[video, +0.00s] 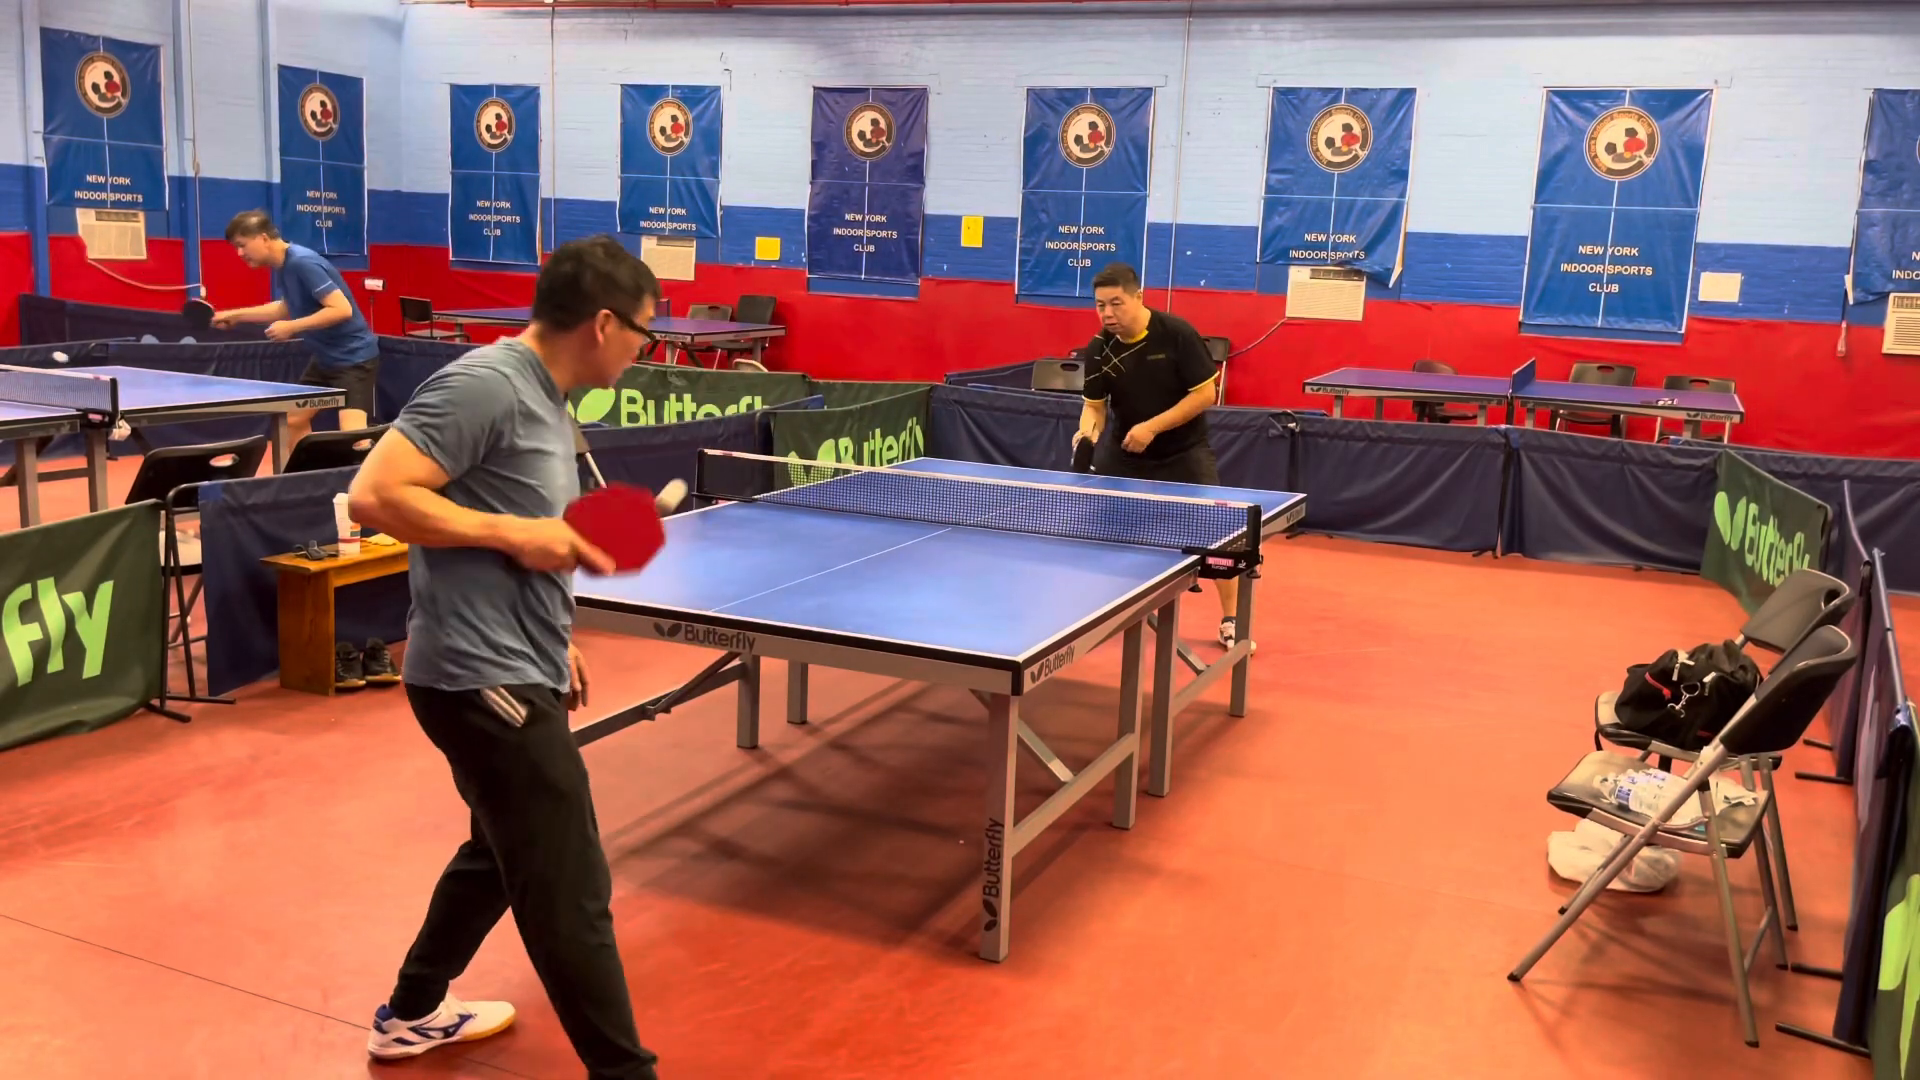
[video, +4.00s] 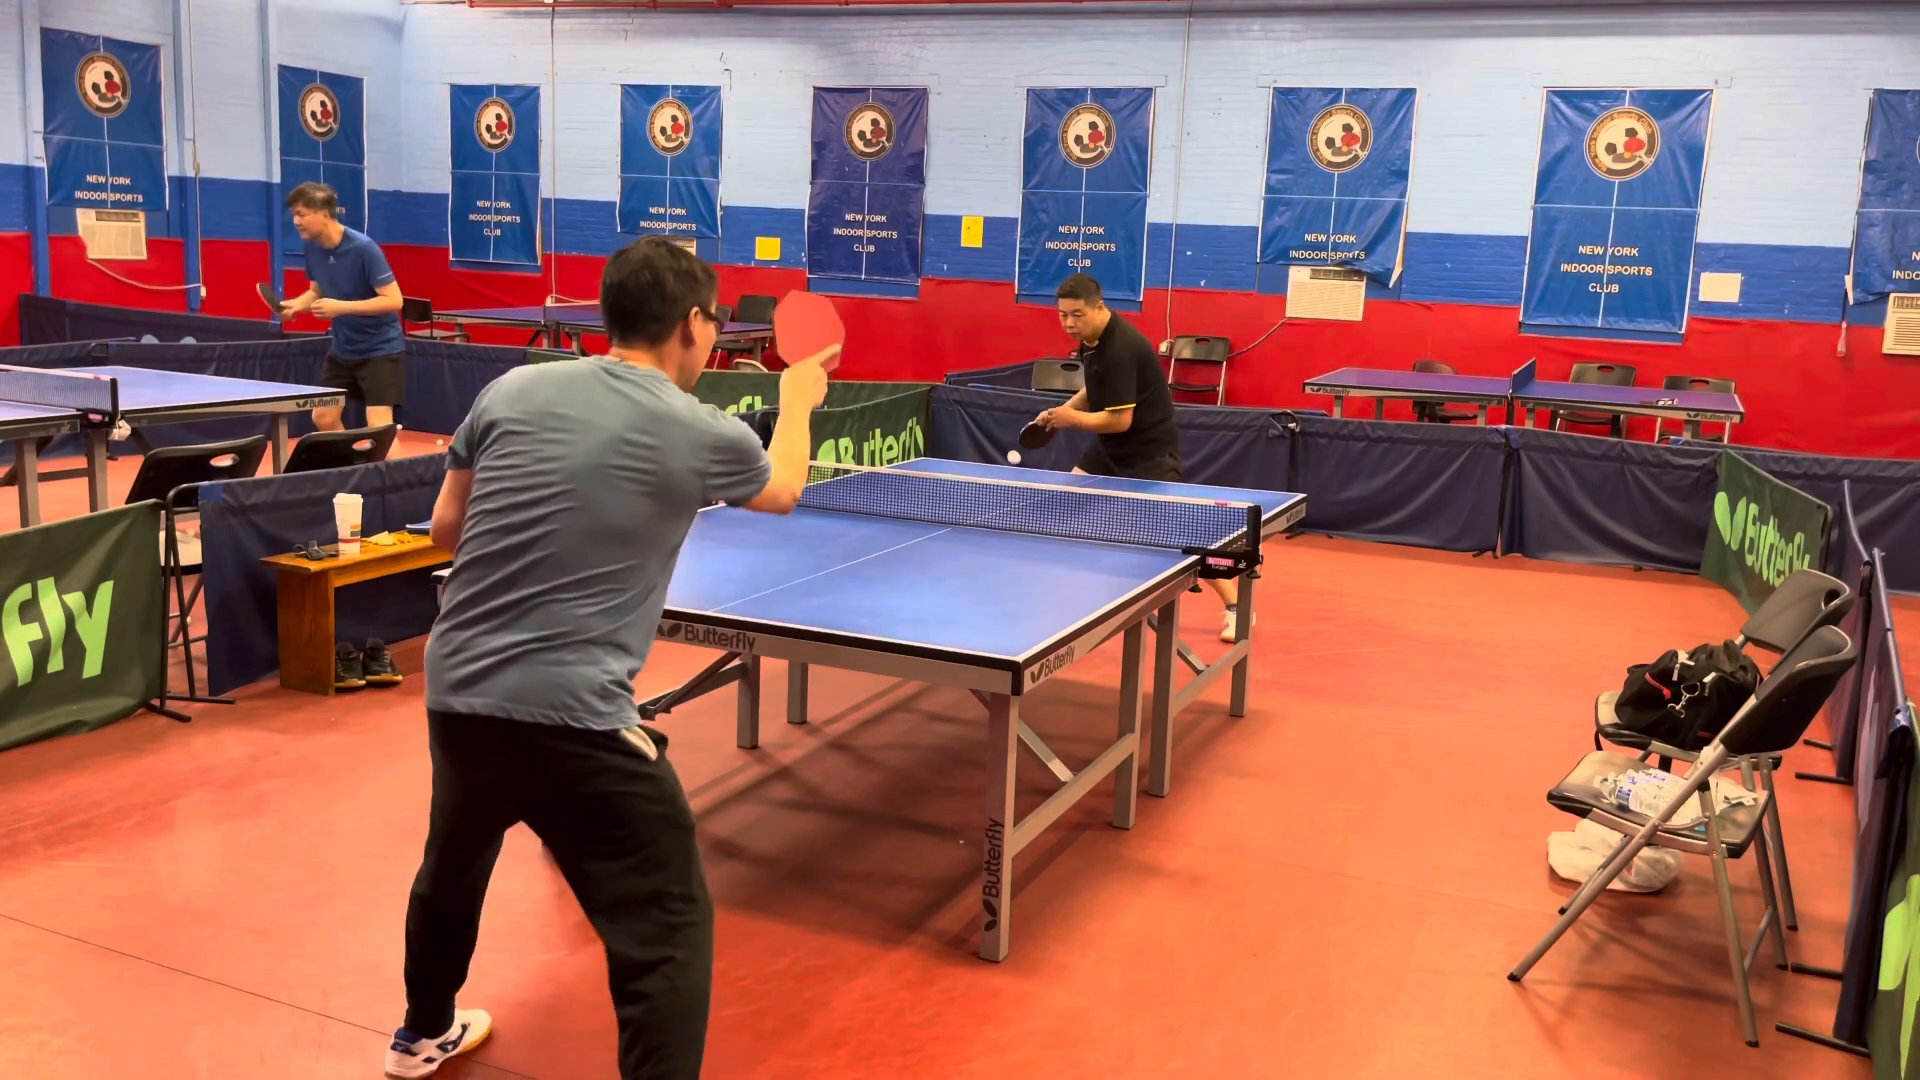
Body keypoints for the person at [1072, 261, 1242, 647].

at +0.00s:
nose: (1106, 313)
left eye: (1114, 303)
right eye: (1100, 305)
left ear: (1138, 298)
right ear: (1095, 305)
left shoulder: (1178, 334)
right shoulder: (1098, 349)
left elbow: (1206, 394)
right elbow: (1094, 406)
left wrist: (1152, 426)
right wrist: (1087, 433)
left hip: (1185, 455)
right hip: (1124, 456)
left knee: (1217, 530)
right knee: (1101, 527)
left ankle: (1230, 618)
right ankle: (1125, 609)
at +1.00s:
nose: (1103, 320)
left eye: (1112, 310)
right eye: (1097, 311)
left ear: (1135, 305)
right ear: (1092, 310)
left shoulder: (1173, 342)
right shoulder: (1090, 353)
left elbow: (1201, 399)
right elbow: (1077, 418)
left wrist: (1153, 433)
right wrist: (1073, 415)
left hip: (1169, 454)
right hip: (1105, 452)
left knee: (1201, 524)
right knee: (1059, 511)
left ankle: (1217, 614)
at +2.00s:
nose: (1116, 311)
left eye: (1125, 303)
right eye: (1110, 303)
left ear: (1148, 298)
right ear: (1105, 303)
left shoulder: (1181, 337)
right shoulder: (1099, 343)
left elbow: (1203, 398)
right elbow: (1087, 400)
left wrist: (1151, 424)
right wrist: (1084, 409)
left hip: (1173, 455)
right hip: (1111, 452)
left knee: (1206, 526)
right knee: (1064, 510)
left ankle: (1224, 616)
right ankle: (1059, 606)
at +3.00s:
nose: (1028, 326)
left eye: (1036, 317)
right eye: (1021, 318)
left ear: (1057, 313)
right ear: (1016, 317)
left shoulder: (1087, 348)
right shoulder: (1023, 351)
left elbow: (1102, 412)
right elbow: (1022, 399)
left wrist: (1046, 421)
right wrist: (1002, 429)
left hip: (1114, 447)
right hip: (1062, 446)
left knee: (1150, 515)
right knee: (1010, 497)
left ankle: (1199, 593)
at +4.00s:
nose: (1069, 324)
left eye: (1076, 315)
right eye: (1063, 315)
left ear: (1100, 308)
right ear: (1059, 313)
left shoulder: (1121, 346)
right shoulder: (1092, 339)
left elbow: (1121, 420)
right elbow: (1096, 389)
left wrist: (1070, 418)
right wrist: (1062, 412)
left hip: (1149, 453)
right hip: (1111, 447)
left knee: (1178, 528)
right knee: (1063, 502)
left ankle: (1234, 605)